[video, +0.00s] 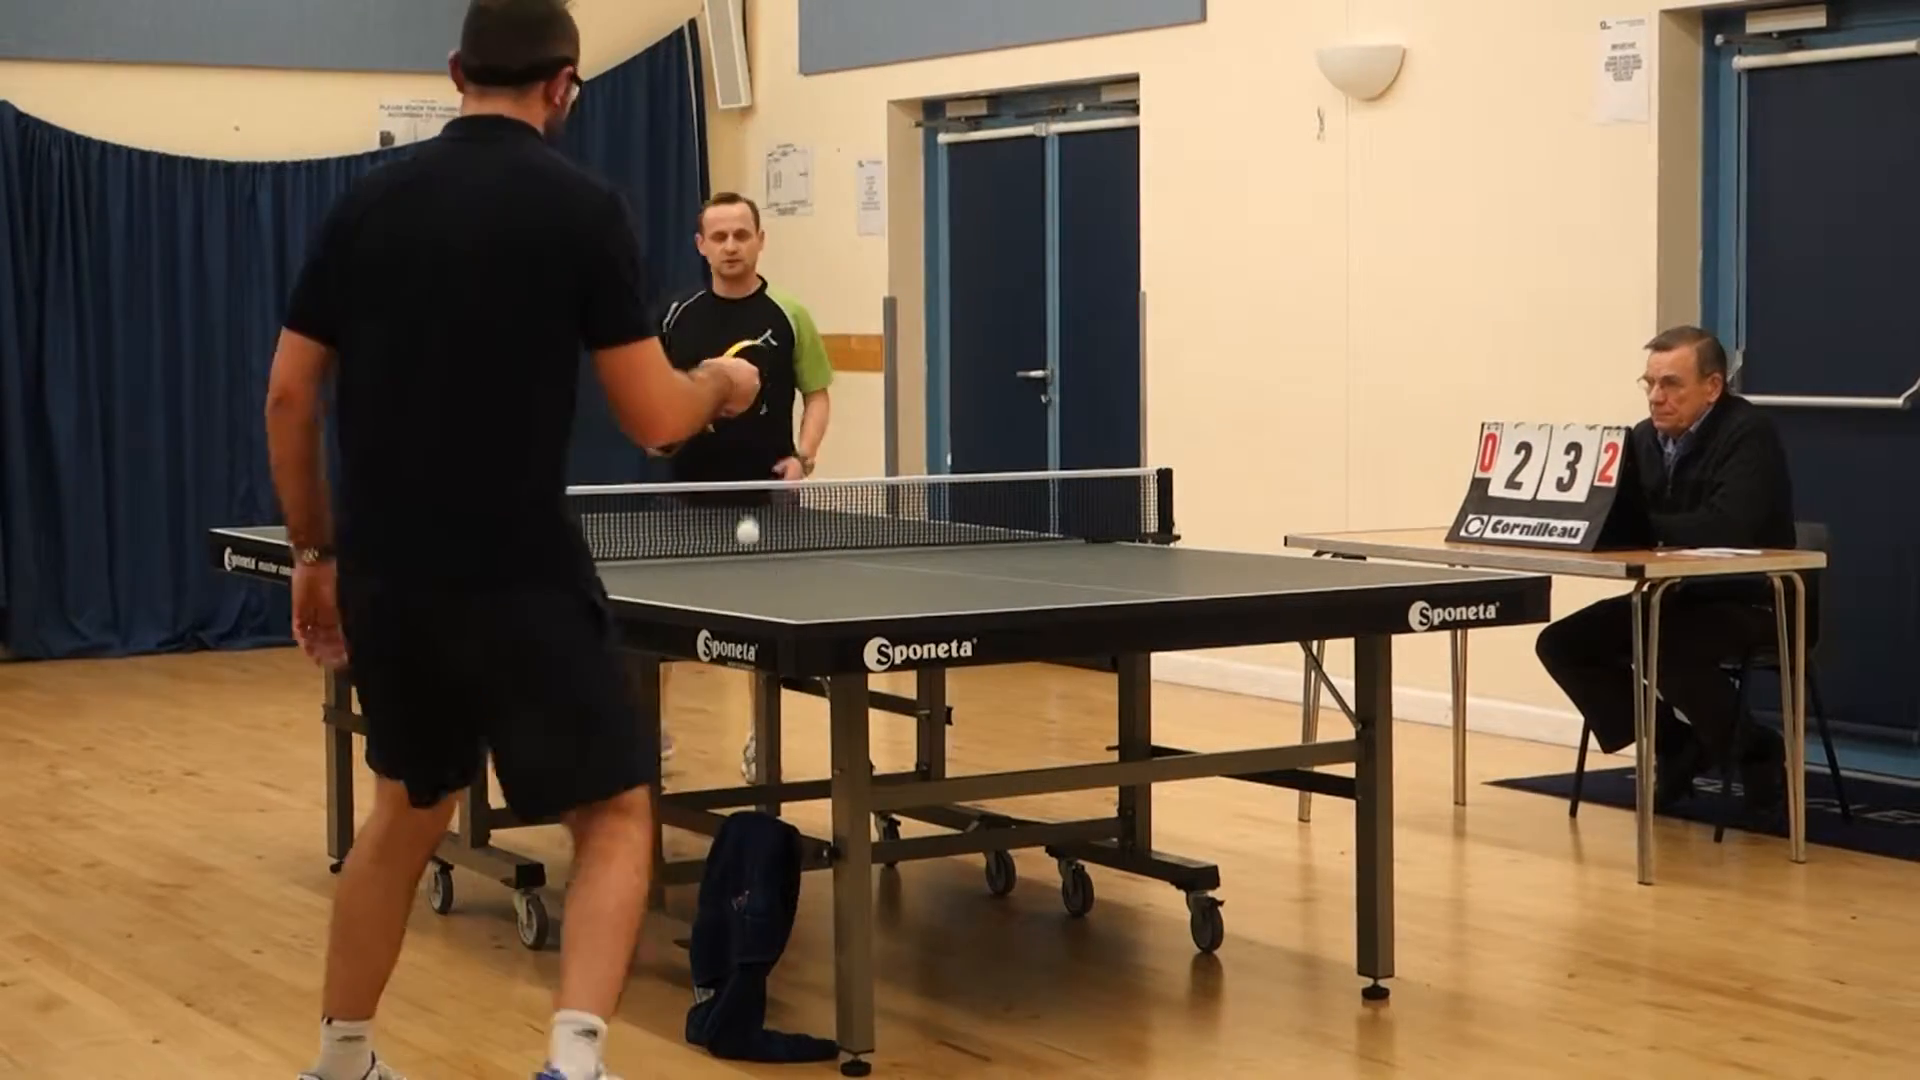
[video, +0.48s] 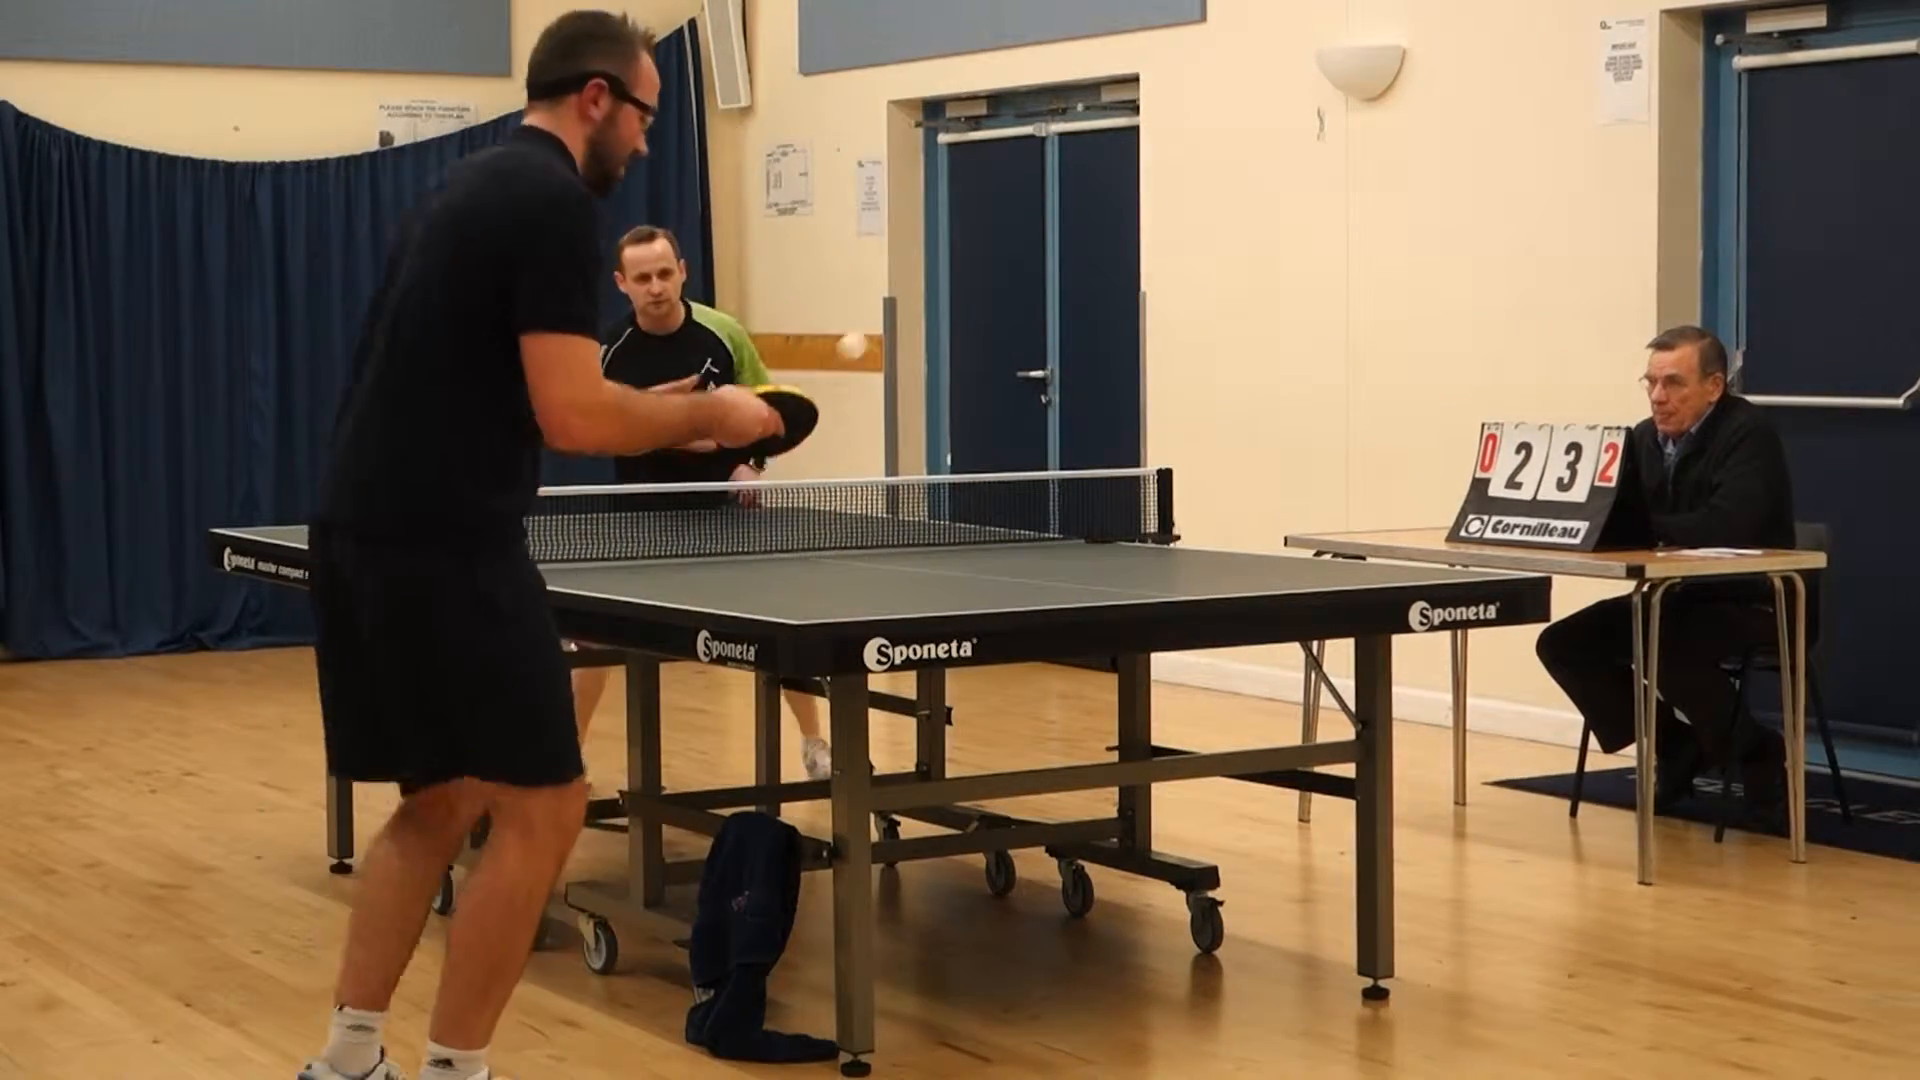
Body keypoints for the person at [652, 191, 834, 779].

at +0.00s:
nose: (730, 246)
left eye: (740, 235)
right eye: (718, 236)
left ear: (759, 241)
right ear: (701, 244)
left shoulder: (789, 315)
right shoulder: (679, 315)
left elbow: (818, 393)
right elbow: (652, 381)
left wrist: (805, 454)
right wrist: (658, 426)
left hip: (763, 492)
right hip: (687, 490)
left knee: (771, 618)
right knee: (647, 613)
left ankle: (763, 740)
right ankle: (648, 731)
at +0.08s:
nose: (718, 252)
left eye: (728, 240)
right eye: (706, 242)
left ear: (747, 246)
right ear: (688, 250)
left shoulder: (779, 319)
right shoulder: (666, 322)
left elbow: (811, 397)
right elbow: (640, 396)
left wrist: (788, 446)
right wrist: (673, 416)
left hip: (759, 499)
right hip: (682, 499)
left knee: (770, 623)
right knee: (649, 622)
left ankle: (762, 741)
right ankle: (630, 739)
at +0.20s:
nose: (693, 265)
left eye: (702, 253)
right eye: (680, 255)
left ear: (721, 256)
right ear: (662, 263)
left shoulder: (759, 328)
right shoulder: (641, 335)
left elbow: (793, 404)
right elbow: (620, 414)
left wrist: (778, 455)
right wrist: (674, 432)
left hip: (741, 512)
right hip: (661, 511)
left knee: (764, 630)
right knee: (623, 632)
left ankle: (759, 748)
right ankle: (573, 738)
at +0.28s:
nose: (674, 273)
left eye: (683, 261)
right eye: (661, 263)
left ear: (702, 261)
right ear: (642, 270)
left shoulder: (741, 332)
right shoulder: (623, 346)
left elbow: (779, 405)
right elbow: (602, 424)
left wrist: (769, 462)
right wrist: (669, 447)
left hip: (728, 513)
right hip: (647, 515)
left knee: (765, 628)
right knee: (602, 635)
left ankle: (762, 747)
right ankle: (554, 749)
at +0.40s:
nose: (657, 281)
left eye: (665, 268)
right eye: (643, 271)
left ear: (684, 268)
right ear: (623, 278)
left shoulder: (725, 333)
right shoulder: (610, 351)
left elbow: (760, 399)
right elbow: (572, 430)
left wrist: (748, 461)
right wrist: (622, 463)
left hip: (720, 511)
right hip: (640, 517)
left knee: (773, 609)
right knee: (594, 631)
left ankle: (779, 731)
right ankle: (560, 750)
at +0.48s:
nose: (655, 287)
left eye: (663, 274)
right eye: (641, 278)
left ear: (682, 273)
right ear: (623, 284)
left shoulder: (725, 335)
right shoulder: (613, 354)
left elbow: (760, 413)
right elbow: (605, 432)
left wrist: (750, 463)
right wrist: (679, 435)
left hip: (720, 509)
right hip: (641, 515)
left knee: (782, 616)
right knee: (592, 634)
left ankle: (816, 742)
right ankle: (561, 762)